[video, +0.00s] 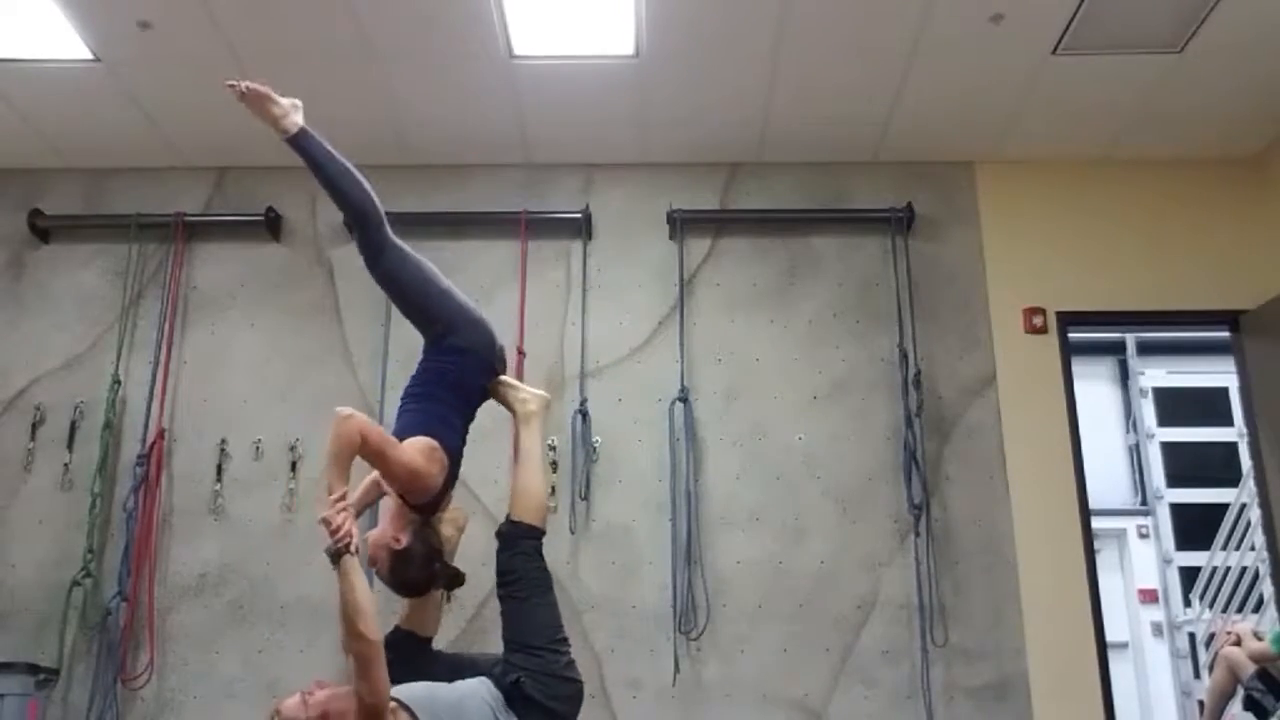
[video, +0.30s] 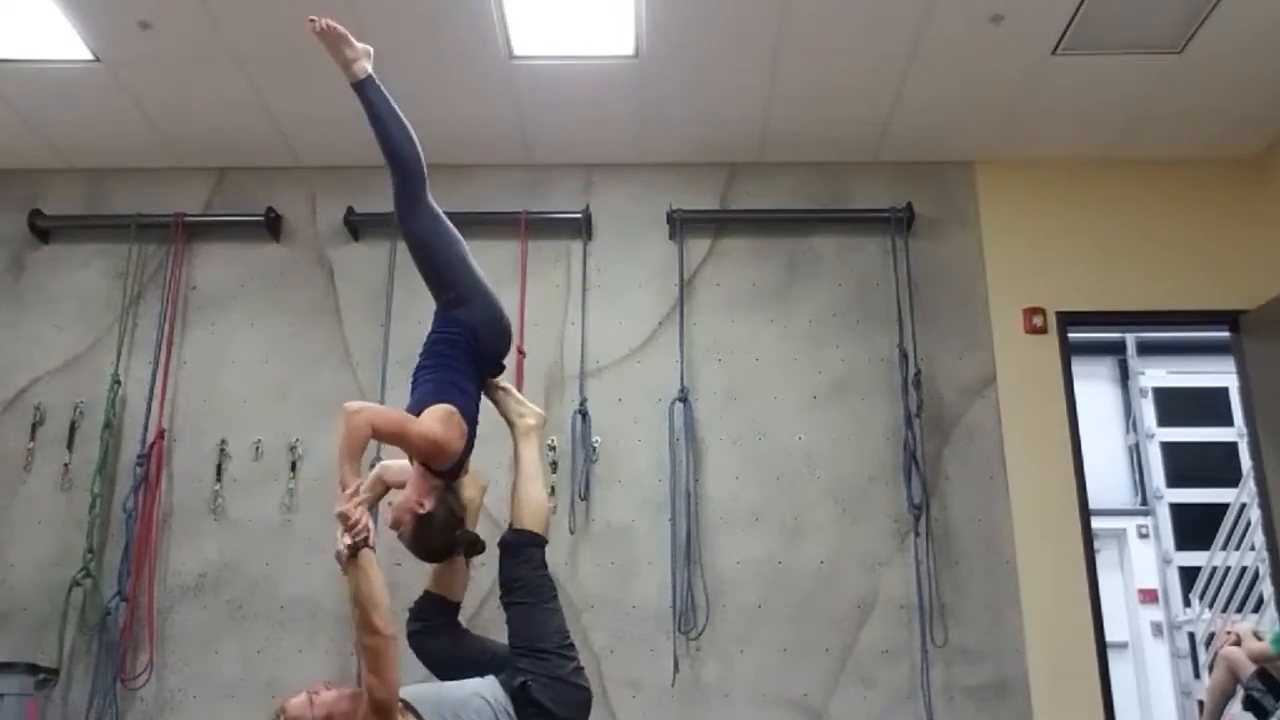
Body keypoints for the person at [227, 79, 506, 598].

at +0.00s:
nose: (370, 555)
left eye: (373, 563)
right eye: (379, 557)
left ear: (393, 543)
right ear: (404, 540)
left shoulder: (424, 493)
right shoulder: (417, 479)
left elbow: (391, 466)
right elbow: (347, 425)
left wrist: (352, 507)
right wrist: (335, 496)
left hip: (475, 365)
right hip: (467, 348)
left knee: (377, 243)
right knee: (375, 239)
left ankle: (298, 130)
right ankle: (293, 127)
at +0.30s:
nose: (395, 518)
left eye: (398, 530)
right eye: (403, 523)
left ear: (426, 500)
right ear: (423, 502)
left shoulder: (445, 466)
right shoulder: (432, 443)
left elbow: (387, 470)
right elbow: (356, 416)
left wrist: (362, 501)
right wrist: (349, 488)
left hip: (489, 346)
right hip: (474, 321)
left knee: (416, 202)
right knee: (412, 200)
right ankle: (359, 68)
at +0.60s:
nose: (414, 469)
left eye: (416, 478)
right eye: (426, 472)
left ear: (442, 453)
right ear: (450, 457)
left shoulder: (455, 420)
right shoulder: (464, 402)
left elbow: (394, 459)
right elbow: (400, 413)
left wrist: (368, 510)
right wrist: (373, 487)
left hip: (502, 314)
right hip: (496, 284)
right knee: (460, 164)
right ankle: (431, 29)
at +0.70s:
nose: (419, 467)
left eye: (421, 477)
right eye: (431, 470)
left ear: (446, 445)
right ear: (455, 452)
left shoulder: (459, 409)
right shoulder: (469, 400)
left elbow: (397, 447)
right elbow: (407, 414)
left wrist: (371, 509)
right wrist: (384, 483)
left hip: (496, 307)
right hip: (496, 281)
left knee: (460, 290)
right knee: (463, 160)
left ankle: (438, 290)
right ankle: (436, 24)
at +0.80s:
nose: (423, 460)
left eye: (420, 473)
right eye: (433, 464)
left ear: (444, 449)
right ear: (454, 453)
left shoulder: (455, 416)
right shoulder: (469, 399)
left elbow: (396, 446)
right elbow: (408, 415)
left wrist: (366, 511)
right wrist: (382, 484)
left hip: (494, 306)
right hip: (497, 280)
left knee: (454, 287)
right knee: (465, 154)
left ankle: (430, 287)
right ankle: (440, 23)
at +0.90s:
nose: (424, 478)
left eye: (425, 488)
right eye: (434, 483)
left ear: (444, 470)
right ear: (458, 472)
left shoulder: (428, 426)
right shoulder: (472, 399)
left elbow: (384, 465)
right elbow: (415, 413)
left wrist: (358, 525)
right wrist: (393, 483)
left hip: (480, 307)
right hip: (496, 285)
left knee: (451, 285)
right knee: (458, 156)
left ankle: (427, 268)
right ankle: (429, 23)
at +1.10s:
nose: (428, 489)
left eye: (428, 497)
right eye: (436, 495)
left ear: (441, 483)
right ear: (452, 485)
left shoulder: (418, 439)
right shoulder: (469, 427)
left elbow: (363, 464)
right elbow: (425, 420)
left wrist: (343, 519)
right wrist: (395, 496)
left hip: (470, 321)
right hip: (495, 305)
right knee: (423, 173)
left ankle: (452, 201)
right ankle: (355, 63)